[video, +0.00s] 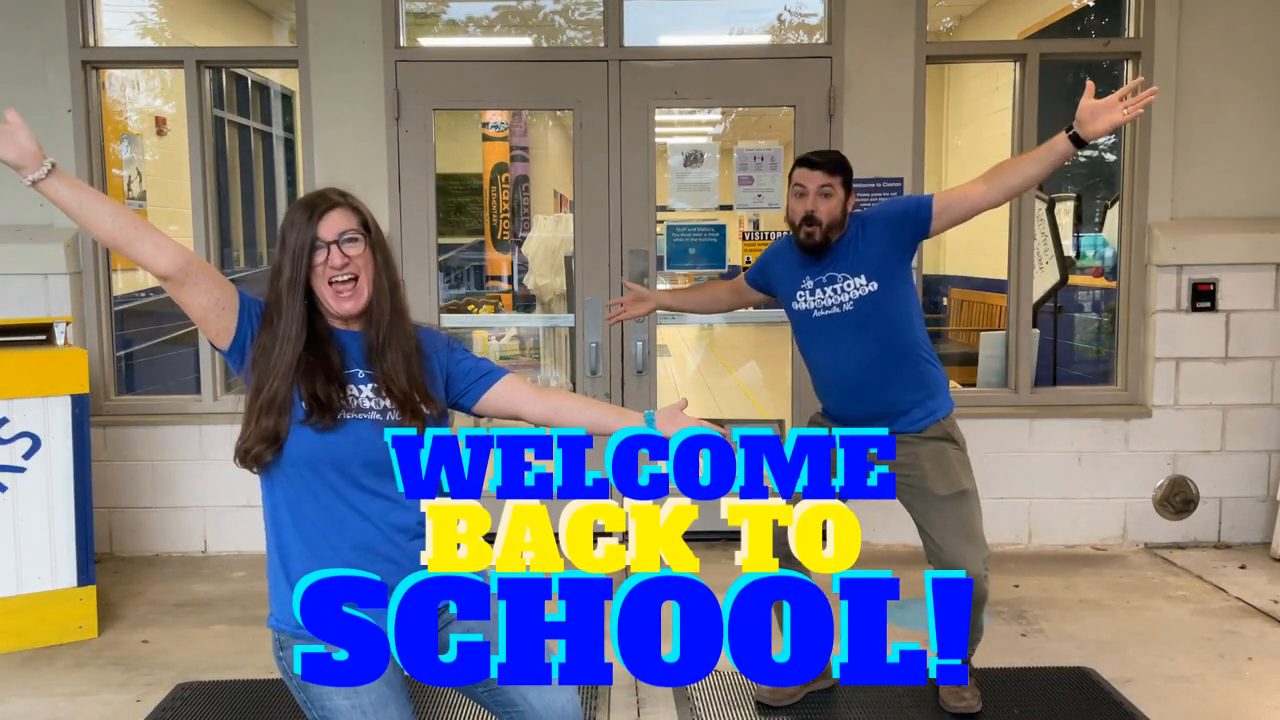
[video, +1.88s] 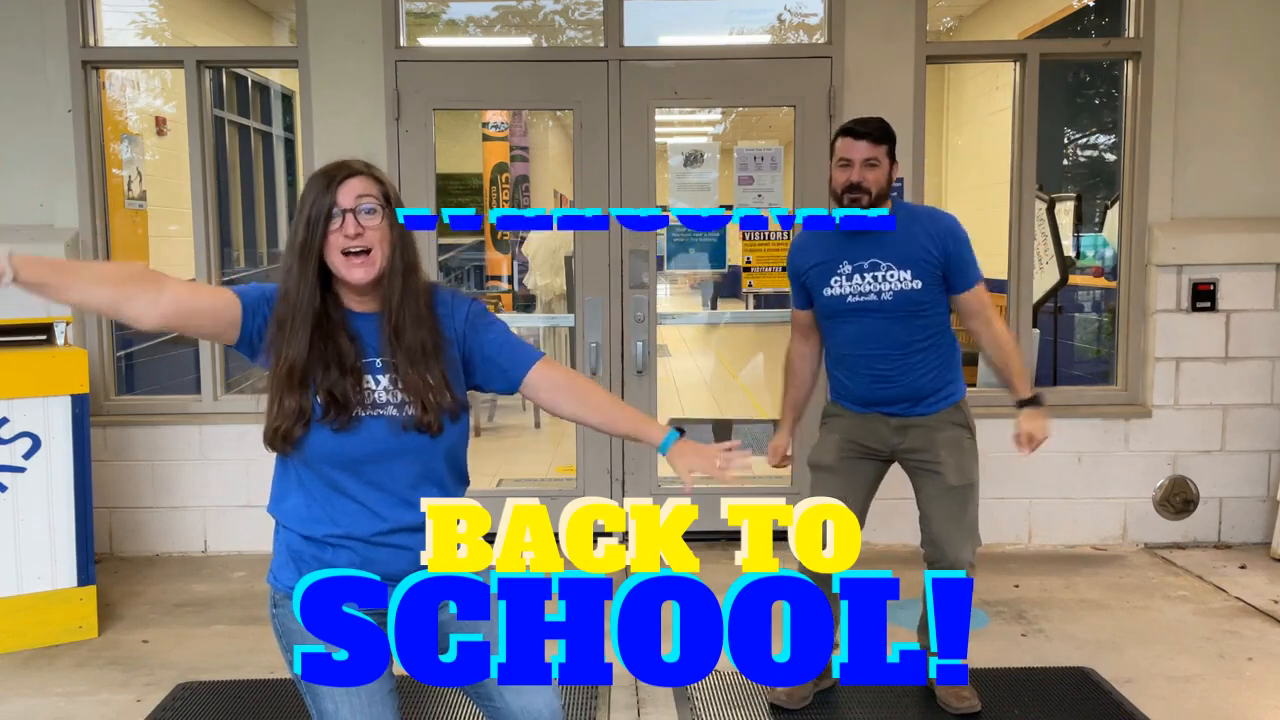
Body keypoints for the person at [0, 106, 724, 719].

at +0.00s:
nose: (339, 259)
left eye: (352, 242)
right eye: (321, 248)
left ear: (377, 255)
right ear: (298, 267)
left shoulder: (421, 351)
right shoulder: (271, 340)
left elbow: (539, 400)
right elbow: (164, 260)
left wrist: (654, 429)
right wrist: (38, 171)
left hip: (439, 601)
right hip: (329, 617)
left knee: (556, 688)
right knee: (373, 709)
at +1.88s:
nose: (355, 226)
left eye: (371, 213)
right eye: (339, 215)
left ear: (397, 232)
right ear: (317, 237)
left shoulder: (447, 319)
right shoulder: (288, 312)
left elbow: (552, 384)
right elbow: (158, 302)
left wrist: (670, 441)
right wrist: (23, 267)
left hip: (442, 564)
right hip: (326, 570)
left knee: (544, 674)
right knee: (355, 704)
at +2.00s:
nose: (378, 197)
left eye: (395, 186)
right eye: (361, 188)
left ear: (422, 214)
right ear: (339, 217)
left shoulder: (469, 308)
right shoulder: (297, 297)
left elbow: (566, 398)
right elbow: (155, 342)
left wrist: (671, 471)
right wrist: (12, 369)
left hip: (458, 557)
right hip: (332, 570)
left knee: (550, 686)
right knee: (354, 712)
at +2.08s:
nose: (396, 175)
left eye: (414, 163)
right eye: (382, 164)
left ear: (445, 187)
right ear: (361, 187)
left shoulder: (484, 288)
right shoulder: (318, 274)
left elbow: (565, 396)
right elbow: (207, 362)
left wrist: (650, 495)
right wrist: (82, 444)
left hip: (470, 538)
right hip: (344, 550)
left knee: (553, 698)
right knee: (361, 710)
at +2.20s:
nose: (425, 173)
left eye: (443, 157)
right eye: (410, 162)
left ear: (476, 175)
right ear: (393, 186)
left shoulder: (525, 289)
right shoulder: (358, 269)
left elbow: (558, 420)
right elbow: (301, 381)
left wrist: (602, 526)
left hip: (486, 536)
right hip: (362, 539)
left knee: (555, 710)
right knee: (362, 713)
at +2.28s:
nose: (453, 184)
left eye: (472, 170)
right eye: (438, 174)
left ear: (505, 188)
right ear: (423, 198)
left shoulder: (551, 299)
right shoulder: (385, 293)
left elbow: (568, 437)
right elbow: (340, 408)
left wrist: (589, 554)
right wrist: (312, 517)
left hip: (514, 554)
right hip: (383, 556)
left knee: (577, 710)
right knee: (370, 713)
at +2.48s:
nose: (517, 181)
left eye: (537, 166)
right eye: (503, 172)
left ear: (577, 184)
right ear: (489, 198)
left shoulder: (639, 298)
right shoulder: (486, 296)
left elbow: (683, 440)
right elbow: (446, 410)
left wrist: (704, 578)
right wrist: (400, 521)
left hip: (612, 565)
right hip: (479, 560)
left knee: (645, 711)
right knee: (433, 710)